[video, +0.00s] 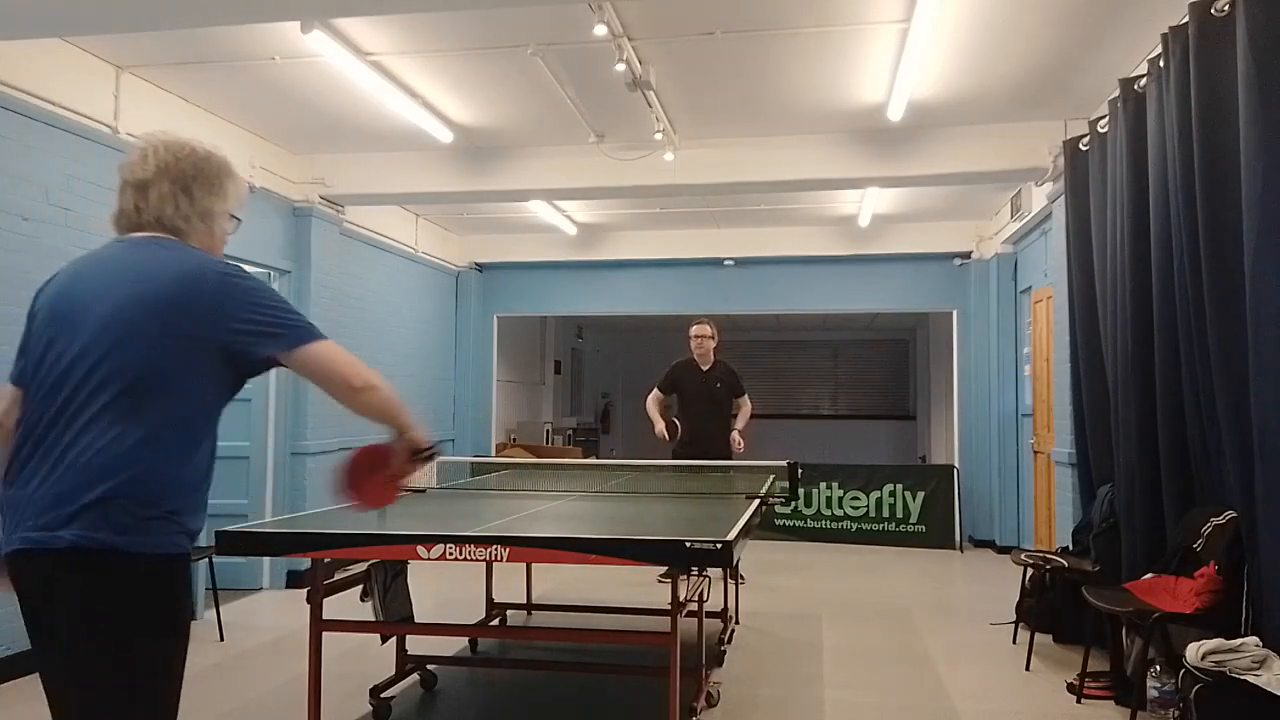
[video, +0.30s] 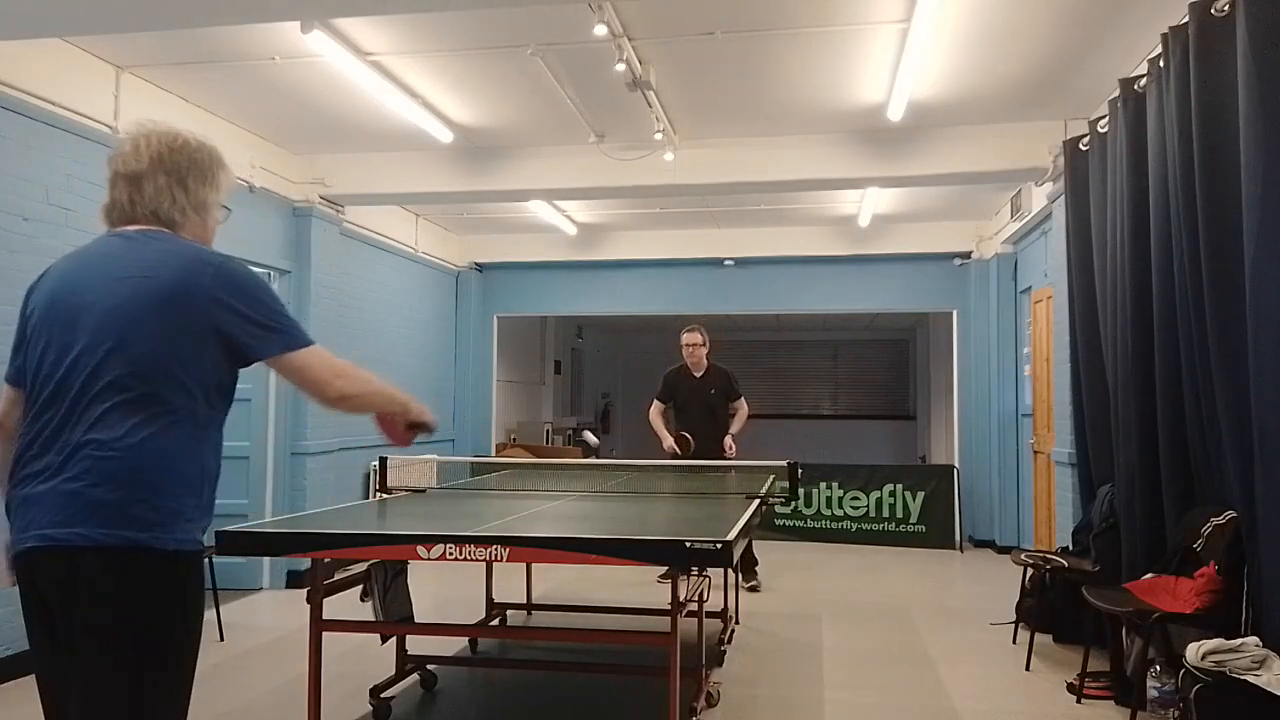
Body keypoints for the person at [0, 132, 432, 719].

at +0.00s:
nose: (232, 236)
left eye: (235, 222)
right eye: (230, 220)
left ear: (138, 205)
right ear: (199, 212)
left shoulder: (61, 285)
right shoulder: (215, 284)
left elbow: (9, 418)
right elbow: (357, 384)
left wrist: (9, 529)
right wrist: (409, 430)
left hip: (35, 551)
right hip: (131, 552)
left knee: (77, 708)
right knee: (140, 707)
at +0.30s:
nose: (221, 225)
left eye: (223, 210)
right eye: (218, 208)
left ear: (124, 198)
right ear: (188, 202)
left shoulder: (52, 280)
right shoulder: (212, 276)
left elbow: (10, 420)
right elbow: (331, 383)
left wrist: (11, 529)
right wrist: (399, 407)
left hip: (43, 547)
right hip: (146, 549)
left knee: (69, 709)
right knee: (148, 708)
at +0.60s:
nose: (168, 210)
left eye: (170, 195)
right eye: (165, 193)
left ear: (59, 184)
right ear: (134, 189)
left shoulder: (10, 261)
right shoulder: (152, 272)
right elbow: (224, 428)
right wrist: (283, 495)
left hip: (7, 551)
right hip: (93, 561)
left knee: (17, 703)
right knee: (93, 707)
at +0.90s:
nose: (117, 186)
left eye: (119, 170)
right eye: (113, 168)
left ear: (13, 160)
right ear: (79, 166)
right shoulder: (89, 251)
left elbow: (142, 411)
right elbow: (141, 411)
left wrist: (214, 510)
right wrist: (217, 511)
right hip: (41, 560)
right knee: (49, 706)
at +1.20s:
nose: (75, 207)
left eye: (78, 193)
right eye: (74, 190)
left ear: (12, 175)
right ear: (44, 180)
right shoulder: (45, 260)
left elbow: (67, 412)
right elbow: (73, 413)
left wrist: (40, 546)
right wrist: (101, 531)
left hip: (13, 554)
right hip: (7, 554)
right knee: (13, 704)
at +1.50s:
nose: (17, 210)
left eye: (20, 198)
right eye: (18, 196)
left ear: (13, 191)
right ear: (6, 188)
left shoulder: (17, 265)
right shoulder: (11, 263)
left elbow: (20, 413)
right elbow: (18, 415)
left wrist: (41, 533)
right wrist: (44, 533)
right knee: (11, 699)